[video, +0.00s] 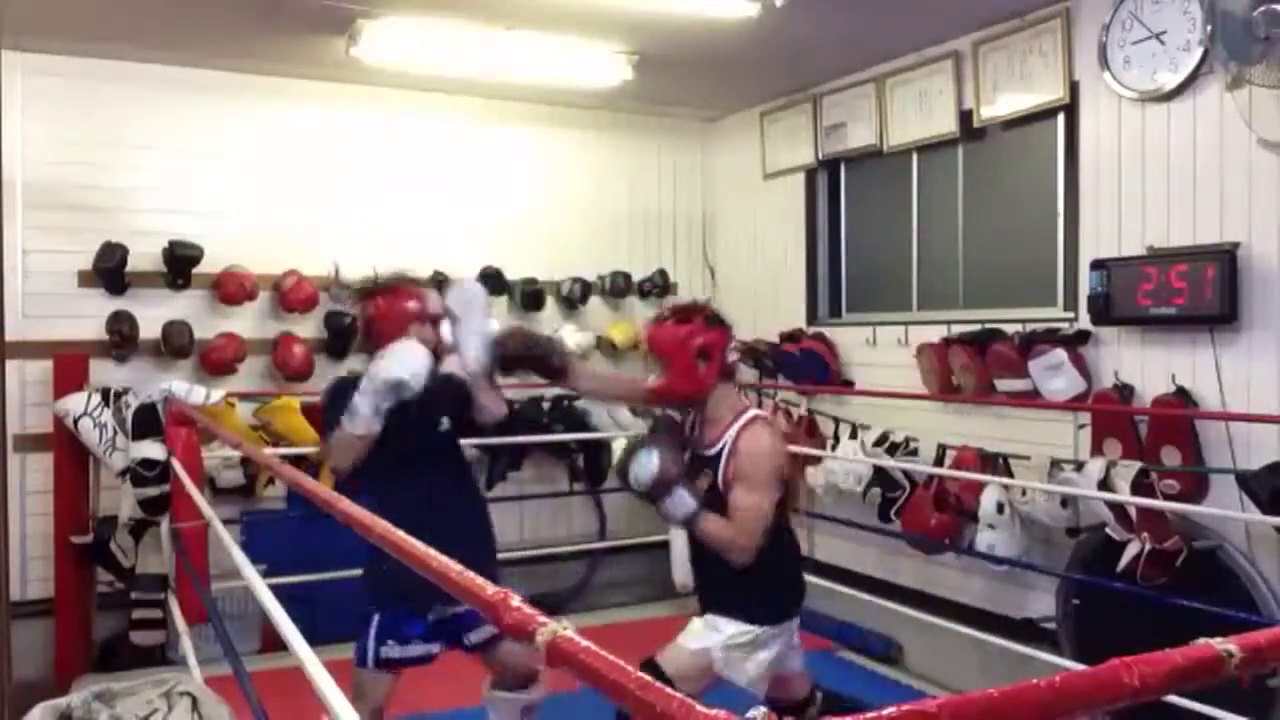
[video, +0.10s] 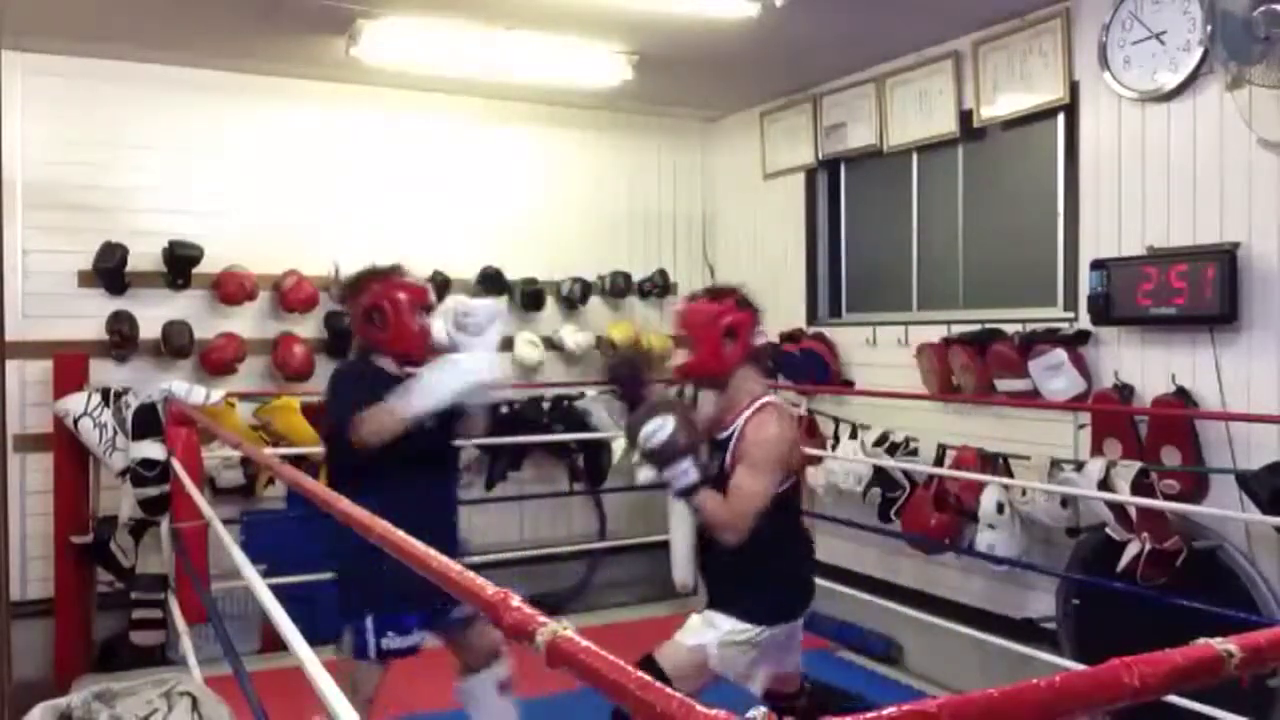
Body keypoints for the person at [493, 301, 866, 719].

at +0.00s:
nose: (661, 384)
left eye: (669, 373)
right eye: (662, 371)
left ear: (706, 368)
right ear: (701, 366)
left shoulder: (757, 440)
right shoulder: (696, 411)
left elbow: (741, 546)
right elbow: (623, 391)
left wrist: (675, 498)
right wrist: (548, 362)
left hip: (755, 611)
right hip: (732, 595)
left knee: (641, 696)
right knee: (794, 699)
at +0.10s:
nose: (680, 359)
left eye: (689, 348)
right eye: (681, 346)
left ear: (725, 348)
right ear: (727, 346)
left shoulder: (770, 423)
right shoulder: (728, 400)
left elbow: (732, 526)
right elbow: (692, 452)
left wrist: (684, 473)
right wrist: (644, 403)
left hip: (759, 603)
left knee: (637, 693)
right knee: (785, 698)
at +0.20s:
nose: (730, 350)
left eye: (739, 336)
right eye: (732, 336)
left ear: (775, 335)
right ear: (776, 336)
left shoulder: (788, 413)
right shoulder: (799, 404)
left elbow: (754, 513)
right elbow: (762, 473)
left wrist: (698, 459)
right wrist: (722, 428)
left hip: (761, 602)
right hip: (796, 593)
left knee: (644, 690)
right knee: (806, 698)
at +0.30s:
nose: (765, 347)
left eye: (774, 335)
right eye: (768, 334)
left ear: (807, 335)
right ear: (816, 335)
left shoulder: (807, 402)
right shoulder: (847, 396)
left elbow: (794, 498)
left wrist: (725, 460)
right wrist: (764, 444)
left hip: (789, 594)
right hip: (835, 589)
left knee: (679, 694)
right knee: (839, 694)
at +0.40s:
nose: (782, 335)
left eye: (788, 321)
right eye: (782, 321)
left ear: (819, 318)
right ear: (831, 319)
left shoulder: (823, 385)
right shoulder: (873, 386)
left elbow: (815, 483)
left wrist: (744, 453)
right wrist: (769, 430)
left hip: (808, 585)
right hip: (864, 581)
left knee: (698, 676)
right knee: (866, 689)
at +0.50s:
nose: (780, 318)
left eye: (786, 304)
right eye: (780, 304)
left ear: (816, 301)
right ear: (832, 301)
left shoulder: (824, 368)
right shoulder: (870, 365)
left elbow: (806, 467)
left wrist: (750, 423)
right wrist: (782, 391)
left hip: (820, 563)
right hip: (875, 560)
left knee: (708, 652)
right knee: (882, 682)